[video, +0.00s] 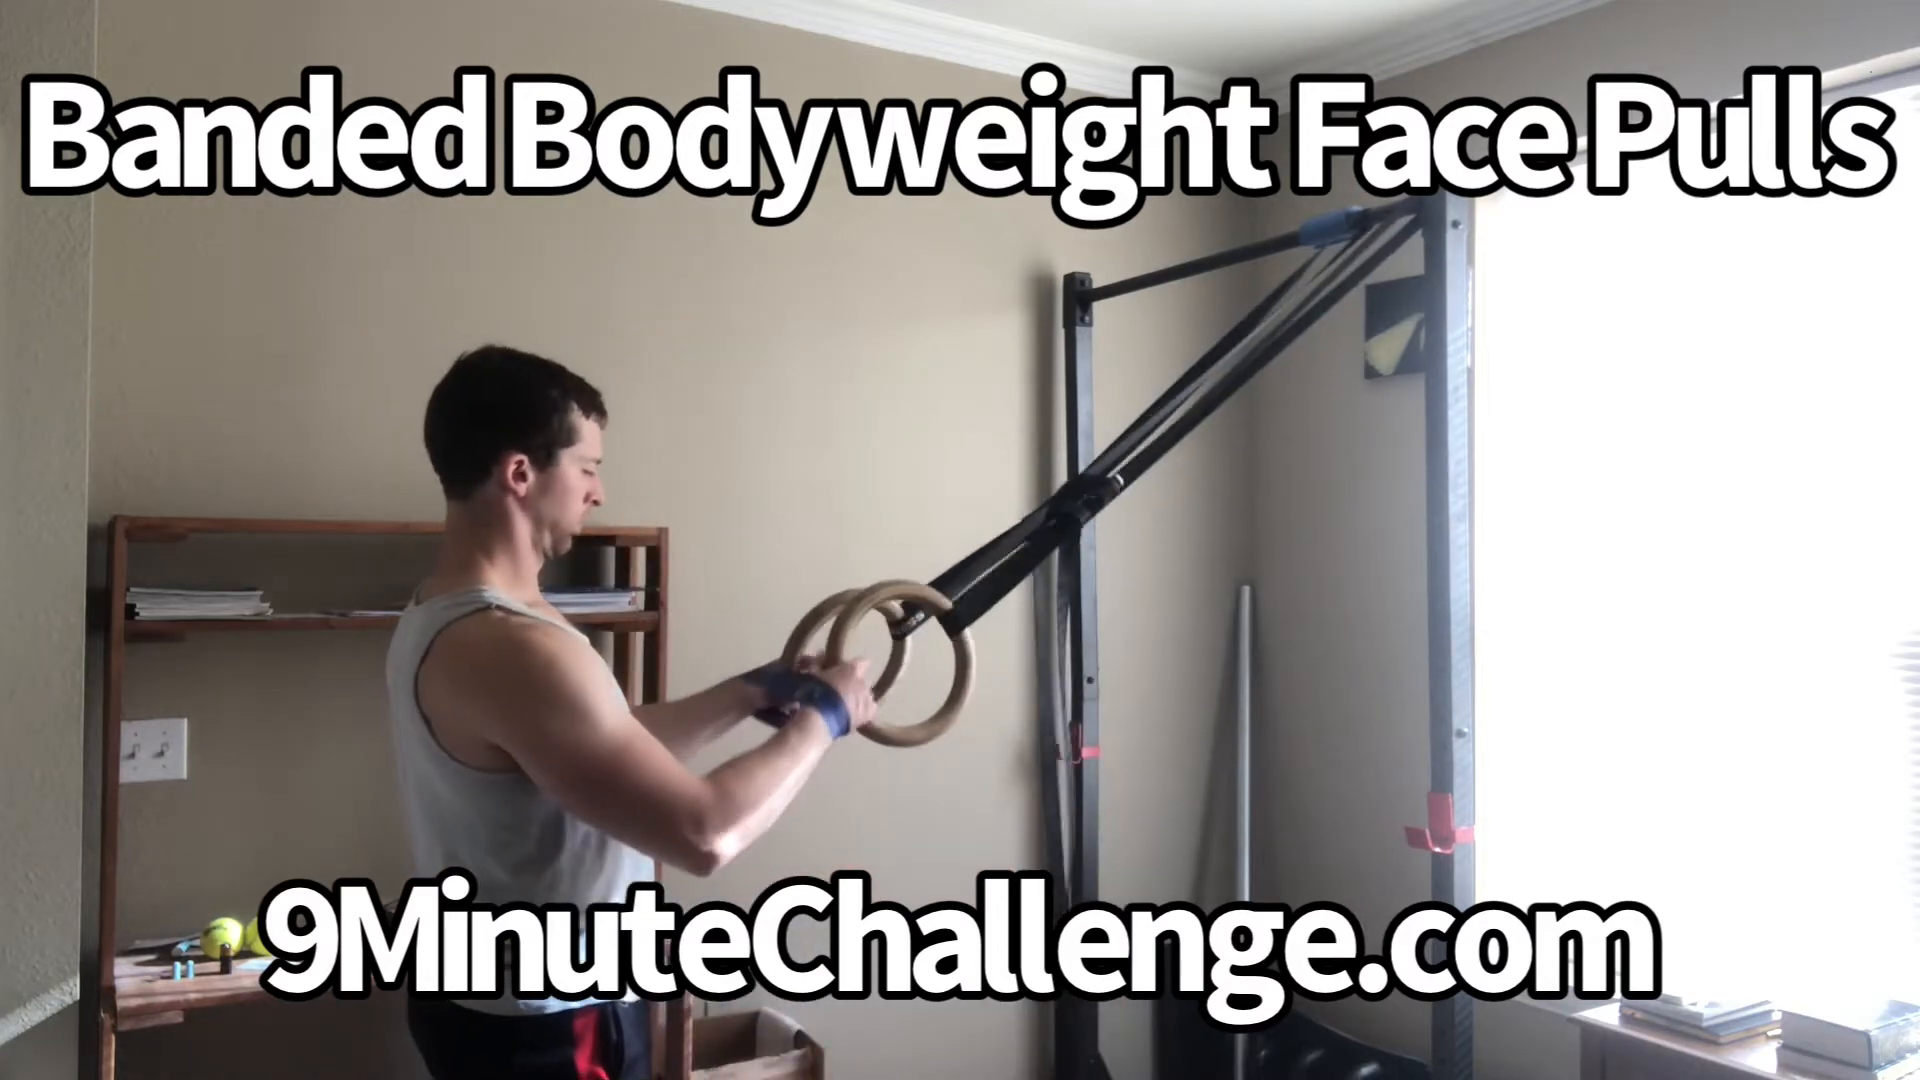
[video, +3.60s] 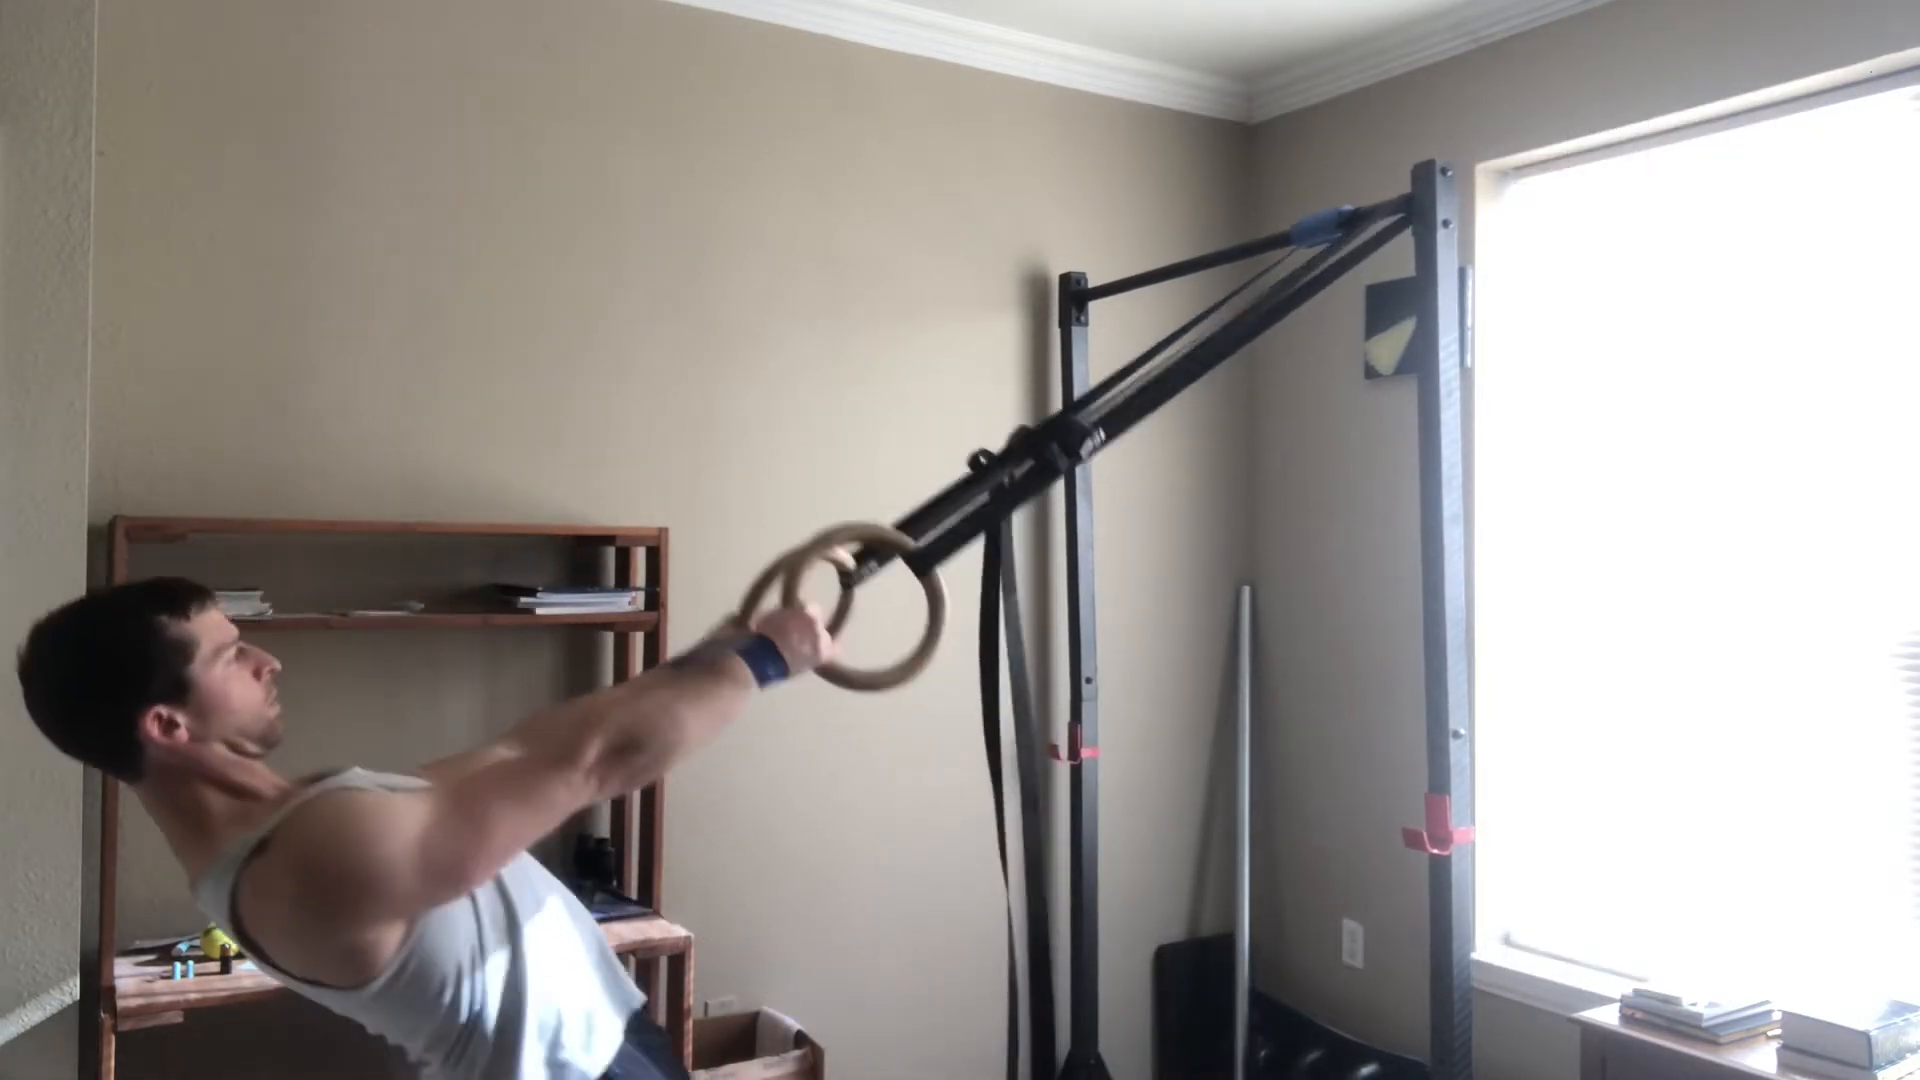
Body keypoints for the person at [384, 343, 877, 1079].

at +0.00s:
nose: (597, 492)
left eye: (596, 468)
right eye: (587, 466)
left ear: (515, 477)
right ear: (519, 474)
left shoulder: (444, 616)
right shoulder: (517, 653)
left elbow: (605, 754)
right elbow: (704, 835)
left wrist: (753, 693)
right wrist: (824, 718)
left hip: (488, 1007)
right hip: (548, 1027)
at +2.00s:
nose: (555, 493)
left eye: (554, 467)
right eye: (543, 465)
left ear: (467, 478)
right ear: (471, 474)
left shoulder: (400, 629)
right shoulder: (493, 654)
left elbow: (587, 767)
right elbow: (708, 810)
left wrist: (727, 686)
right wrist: (825, 694)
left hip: (448, 1022)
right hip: (534, 1041)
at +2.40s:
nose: (483, 525)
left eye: (481, 500)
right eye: (469, 498)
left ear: (393, 504)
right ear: (392, 503)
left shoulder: (329, 653)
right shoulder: (405, 681)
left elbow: (555, 745)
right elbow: (652, 791)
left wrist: (707, 680)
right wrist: (800, 680)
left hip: (443, 1034)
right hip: (514, 1047)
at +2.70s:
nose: (406, 525)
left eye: (392, 497)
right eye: (381, 502)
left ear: (305, 542)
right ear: (304, 539)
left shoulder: (292, 691)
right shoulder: (355, 717)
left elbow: (539, 734)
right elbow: (620, 772)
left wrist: (696, 668)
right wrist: (778, 675)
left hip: (446, 1047)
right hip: (518, 1054)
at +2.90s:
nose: (341, 556)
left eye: (325, 532)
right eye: (313, 539)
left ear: (237, 594)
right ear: (237, 590)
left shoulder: (270, 741)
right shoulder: (319, 759)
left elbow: (557, 737)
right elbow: (602, 746)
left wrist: (722, 657)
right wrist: (780, 660)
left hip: (503, 1050)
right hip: (541, 1058)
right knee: (787, 1048)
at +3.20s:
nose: (272, 607)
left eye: (250, 584)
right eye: (237, 595)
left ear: (166, 660)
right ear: (165, 656)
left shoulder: (222, 785)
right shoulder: (297, 805)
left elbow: (516, 735)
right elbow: (575, 733)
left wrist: (694, 651)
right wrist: (755, 640)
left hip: (489, 1054)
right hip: (544, 1067)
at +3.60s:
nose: (269, 663)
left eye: (246, 643)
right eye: (235, 657)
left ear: (172, 731)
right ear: (171, 727)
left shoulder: (260, 831)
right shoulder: (325, 852)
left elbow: (522, 760)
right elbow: (592, 762)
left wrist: (718, 661)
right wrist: (768, 654)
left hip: (581, 1039)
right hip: (595, 1060)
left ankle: (720, 1052)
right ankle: (749, 1051)